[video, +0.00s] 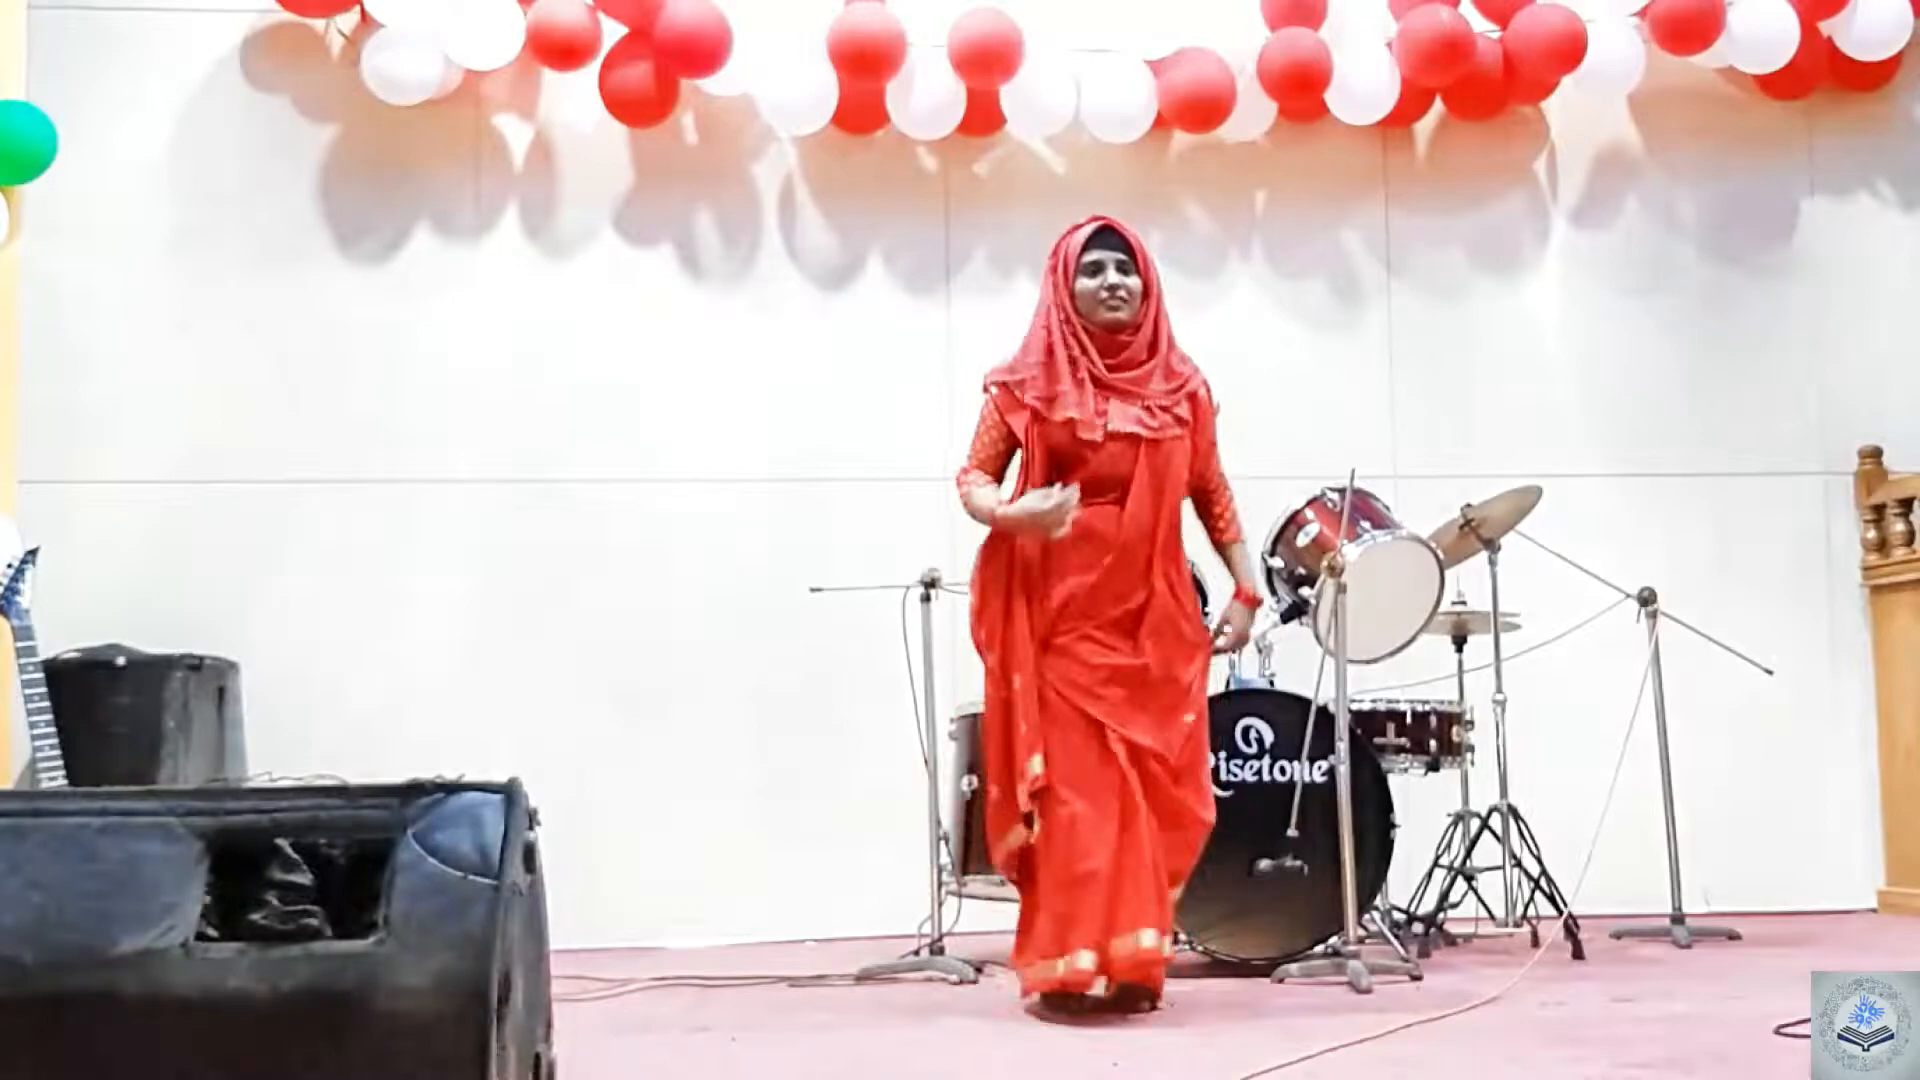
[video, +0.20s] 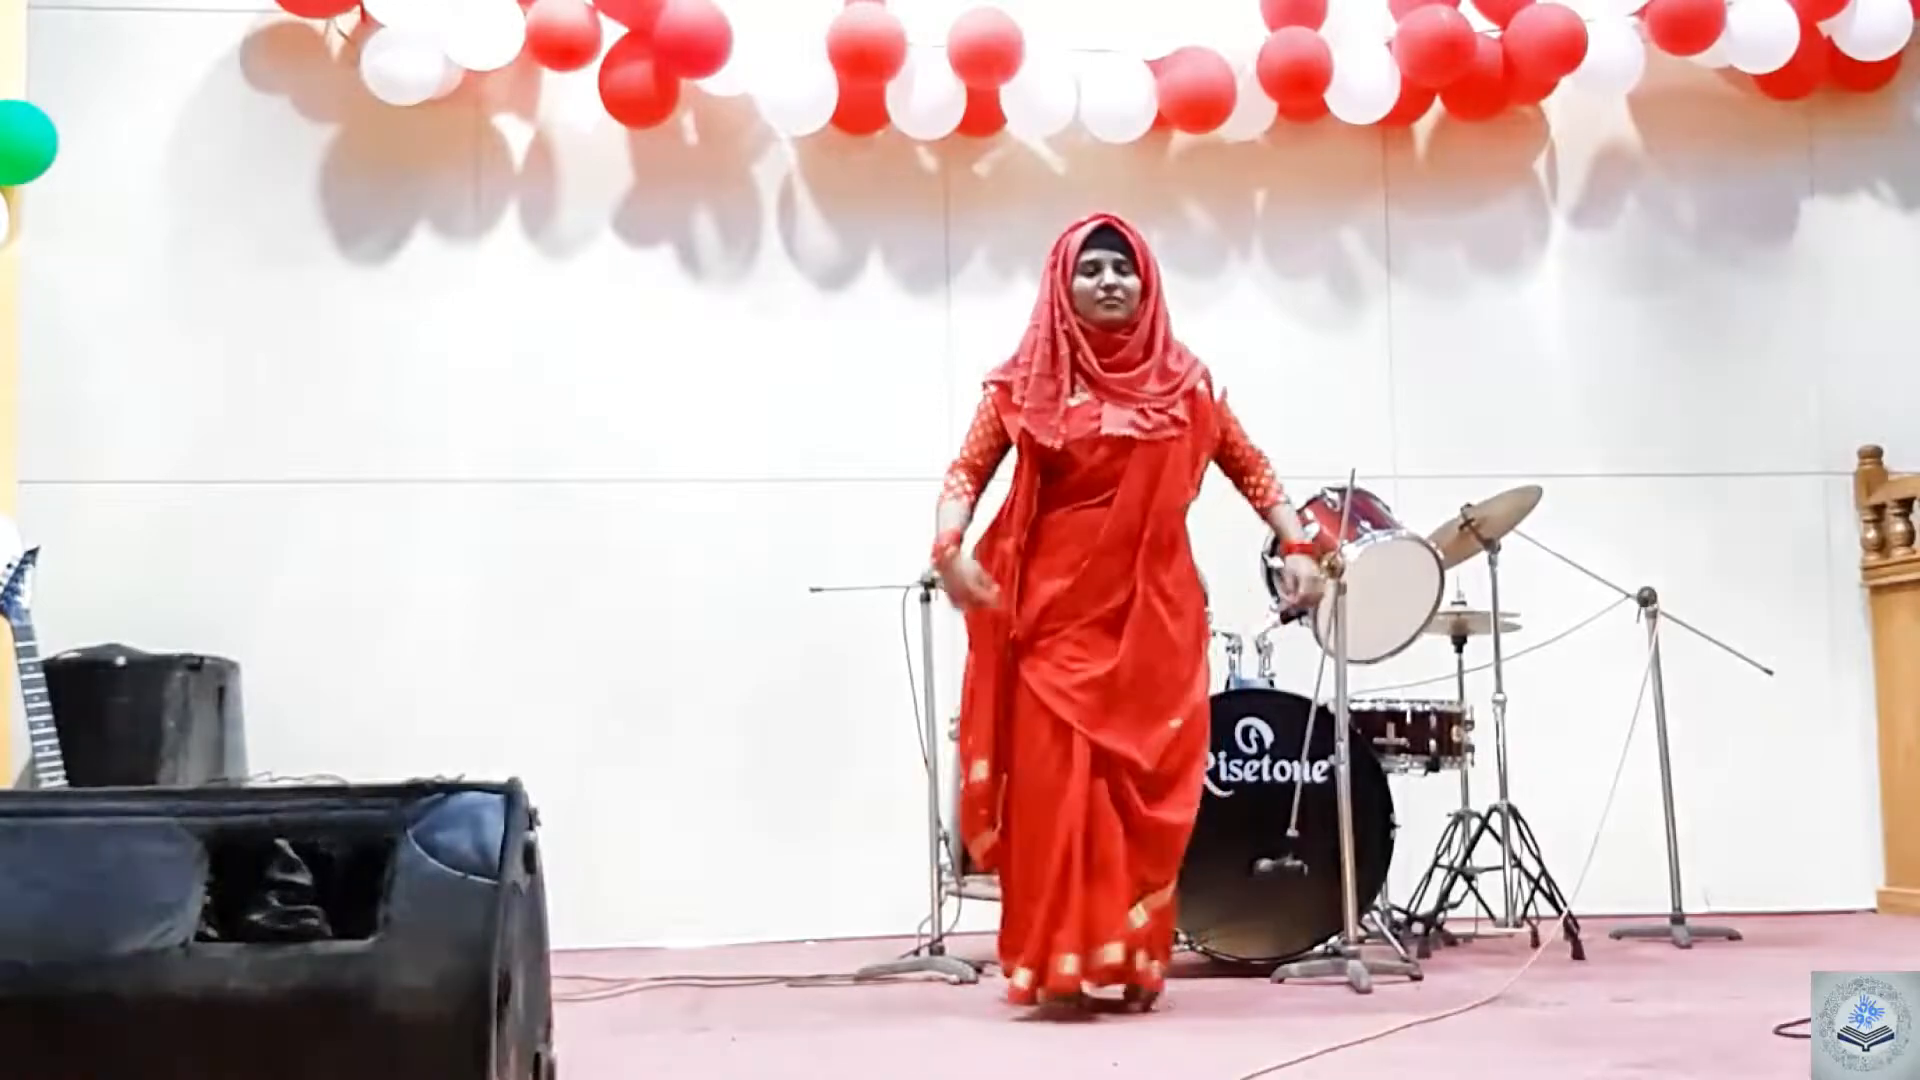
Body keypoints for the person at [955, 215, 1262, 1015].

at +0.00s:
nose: (1111, 280)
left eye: (1123, 268)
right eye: (1094, 270)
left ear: (1144, 284)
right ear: (1067, 288)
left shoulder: (1180, 384)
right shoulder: (1029, 380)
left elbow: (1212, 493)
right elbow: (975, 478)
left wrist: (1246, 583)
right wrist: (1006, 512)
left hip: (1156, 617)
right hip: (1062, 618)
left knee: (1160, 785)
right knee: (1074, 781)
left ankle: (1135, 955)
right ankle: (1071, 963)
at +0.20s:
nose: (1107, 280)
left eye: (1121, 268)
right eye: (1090, 269)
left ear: (1146, 284)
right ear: (1062, 286)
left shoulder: (1181, 382)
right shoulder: (1028, 381)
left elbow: (1250, 469)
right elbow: (966, 474)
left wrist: (1299, 546)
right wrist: (949, 553)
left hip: (1157, 613)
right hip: (1056, 615)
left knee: (1148, 787)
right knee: (1060, 784)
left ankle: (1134, 963)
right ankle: (1061, 970)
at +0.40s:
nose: (1106, 281)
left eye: (1120, 269)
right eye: (1090, 271)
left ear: (1143, 286)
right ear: (1063, 288)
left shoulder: (1180, 389)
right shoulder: (1025, 390)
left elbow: (1199, 503)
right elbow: (1004, 507)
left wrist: (1259, 592)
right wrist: (985, 610)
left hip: (1159, 615)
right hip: (1061, 616)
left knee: (1153, 784)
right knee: (1060, 783)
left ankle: (1133, 966)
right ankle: (1048, 967)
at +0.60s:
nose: (1116, 277)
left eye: (1128, 264)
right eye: (1098, 268)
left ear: (1153, 279)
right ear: (1070, 287)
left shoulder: (1186, 387)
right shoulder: (1036, 381)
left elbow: (1198, 503)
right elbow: (992, 487)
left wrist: (1219, 594)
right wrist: (984, 583)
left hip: (1165, 611)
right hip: (1069, 614)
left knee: (1165, 784)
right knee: (1064, 780)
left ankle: (1153, 968)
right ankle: (1043, 969)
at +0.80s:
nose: (1128, 290)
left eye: (1140, 277)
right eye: (1111, 278)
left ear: (1161, 291)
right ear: (1083, 295)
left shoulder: (1197, 400)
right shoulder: (1044, 395)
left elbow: (1213, 522)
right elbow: (1011, 498)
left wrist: (1260, 617)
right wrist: (989, 543)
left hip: (1184, 628)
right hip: (1088, 626)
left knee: (1197, 791)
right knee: (1101, 783)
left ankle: (1156, 966)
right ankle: (1086, 969)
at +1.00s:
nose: (1132, 262)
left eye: (1143, 249)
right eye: (1113, 254)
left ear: (1167, 265)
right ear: (1086, 275)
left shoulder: (1207, 376)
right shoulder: (1055, 373)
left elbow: (1237, 481)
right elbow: (1009, 473)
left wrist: (1307, 530)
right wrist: (942, 450)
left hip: (1178, 619)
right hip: (1089, 618)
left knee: (1211, 789)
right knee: (1123, 786)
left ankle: (1158, 964)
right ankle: (1106, 978)